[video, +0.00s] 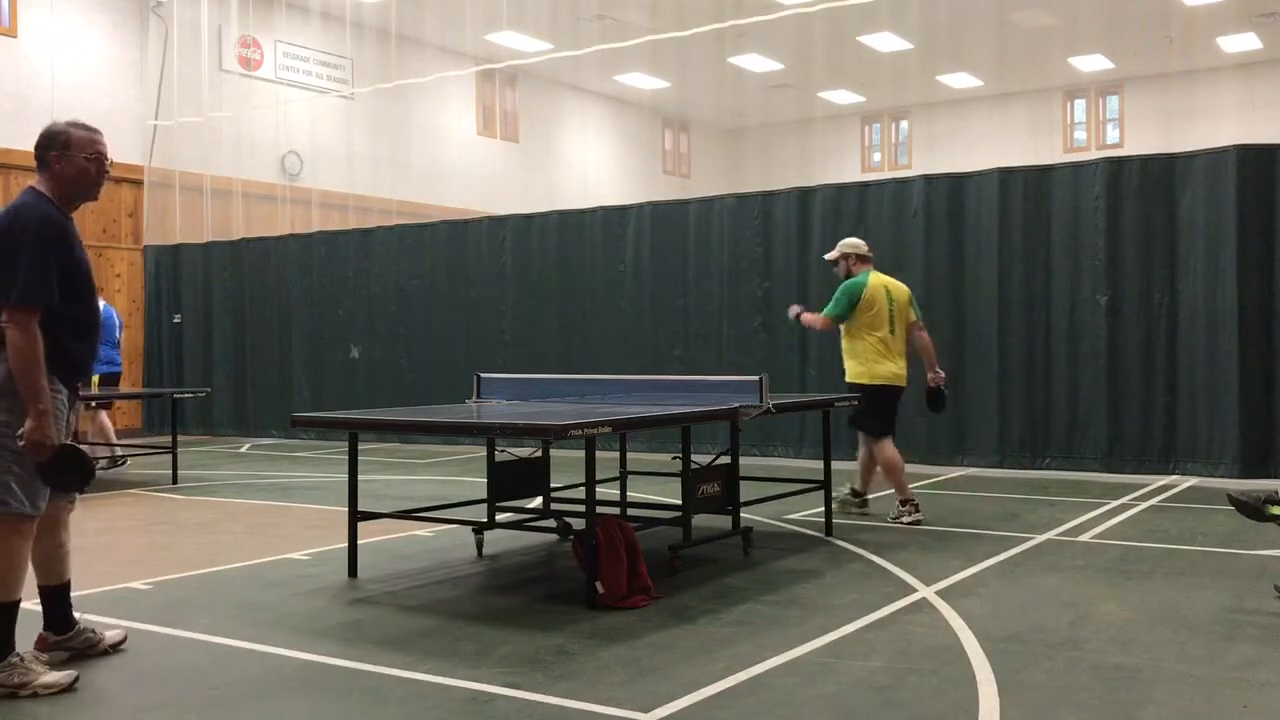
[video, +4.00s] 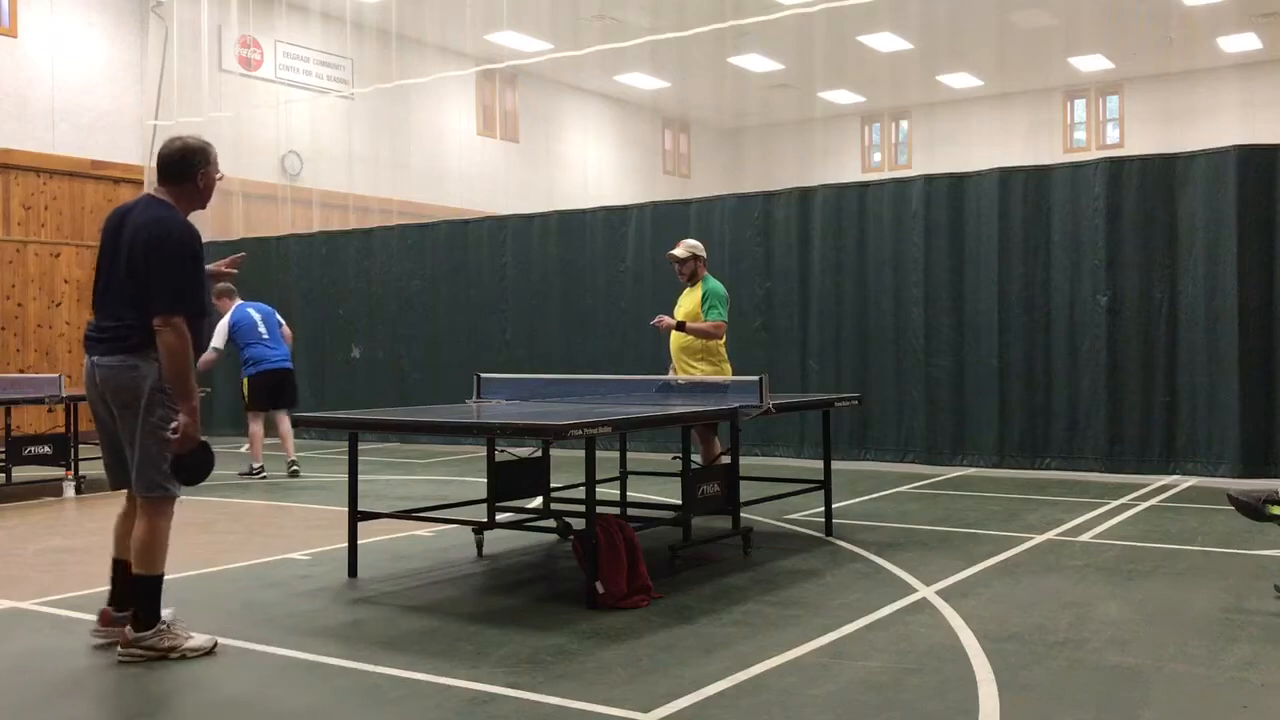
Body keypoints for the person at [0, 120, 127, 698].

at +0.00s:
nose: (106, 170)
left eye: (106, 160)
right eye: (95, 159)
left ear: (63, 162)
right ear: (56, 160)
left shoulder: (53, 219)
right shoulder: (32, 218)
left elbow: (53, 322)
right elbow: (20, 322)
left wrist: (78, 404)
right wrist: (38, 410)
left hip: (54, 392)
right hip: (29, 393)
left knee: (54, 508)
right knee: (16, 519)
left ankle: (61, 629)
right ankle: (7, 659)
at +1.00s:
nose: (160, 183)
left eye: (158, 175)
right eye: (157, 174)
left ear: (105, 176)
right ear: (143, 175)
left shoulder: (77, 225)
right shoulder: (130, 225)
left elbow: (104, 292)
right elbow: (134, 313)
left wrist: (167, 271)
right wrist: (171, 390)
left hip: (74, 374)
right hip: (116, 375)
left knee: (90, 502)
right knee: (174, 493)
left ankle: (61, 630)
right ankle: (220, 618)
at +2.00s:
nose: (276, 191)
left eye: (275, 183)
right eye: (275, 183)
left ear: (225, 181)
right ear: (265, 185)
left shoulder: (185, 225)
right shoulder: (260, 239)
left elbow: (177, 300)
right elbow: (276, 328)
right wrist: (313, 393)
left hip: (175, 370)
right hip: (231, 374)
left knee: (188, 492)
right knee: (247, 494)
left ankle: (175, 605)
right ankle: (234, 619)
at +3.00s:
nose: (229, 195)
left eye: (227, 188)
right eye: (227, 188)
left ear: (180, 188)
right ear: (215, 188)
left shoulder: (158, 226)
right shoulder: (194, 226)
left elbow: (177, 295)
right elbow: (184, 306)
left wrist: (234, 289)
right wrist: (209, 377)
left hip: (137, 362)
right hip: (165, 363)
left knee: (168, 488)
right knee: (194, 484)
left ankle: (174, 602)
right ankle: (166, 613)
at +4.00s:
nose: (217, 181)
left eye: (215, 173)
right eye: (214, 174)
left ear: (163, 174)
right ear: (199, 179)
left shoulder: (122, 216)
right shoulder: (176, 232)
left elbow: (140, 285)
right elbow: (169, 324)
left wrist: (202, 271)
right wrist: (188, 407)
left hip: (104, 369)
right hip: (144, 373)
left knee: (137, 494)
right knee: (156, 500)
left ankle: (118, 611)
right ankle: (147, 628)